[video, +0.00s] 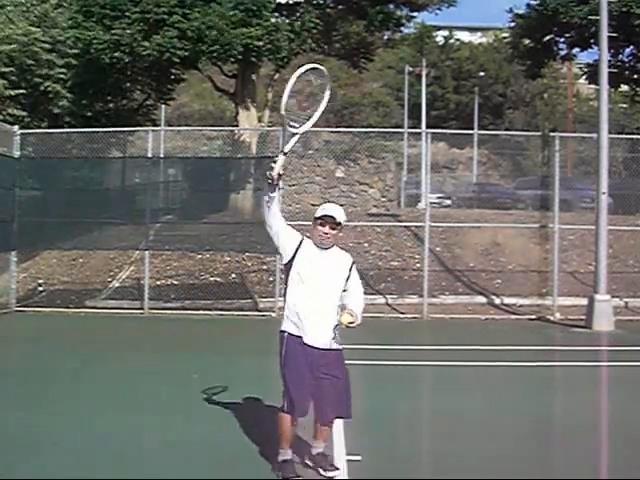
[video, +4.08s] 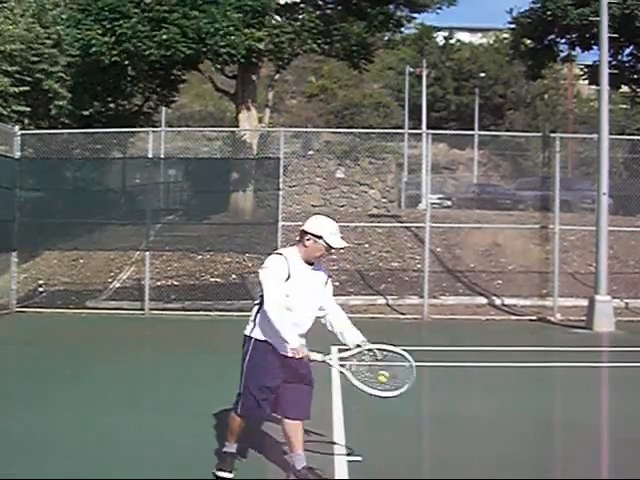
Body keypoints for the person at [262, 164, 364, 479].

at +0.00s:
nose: (326, 230)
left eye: (333, 226)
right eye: (322, 224)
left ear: (339, 232)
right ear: (313, 224)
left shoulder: (345, 262)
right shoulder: (295, 246)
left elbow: (355, 294)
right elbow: (273, 218)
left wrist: (352, 312)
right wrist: (273, 186)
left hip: (328, 339)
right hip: (295, 335)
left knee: (330, 401)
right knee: (295, 398)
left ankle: (318, 451)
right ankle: (284, 456)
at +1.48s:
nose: (315, 229)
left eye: (322, 226)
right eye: (311, 223)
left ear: (329, 231)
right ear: (302, 225)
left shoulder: (334, 259)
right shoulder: (287, 245)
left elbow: (352, 295)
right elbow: (260, 221)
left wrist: (352, 277)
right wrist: (270, 187)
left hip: (320, 338)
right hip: (289, 334)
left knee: (312, 400)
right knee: (289, 396)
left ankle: (303, 457)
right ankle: (283, 459)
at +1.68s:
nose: (317, 227)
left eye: (324, 225)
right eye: (314, 221)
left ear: (332, 233)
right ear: (305, 224)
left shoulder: (336, 257)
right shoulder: (288, 247)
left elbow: (362, 258)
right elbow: (253, 260)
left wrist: (358, 234)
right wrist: (270, 239)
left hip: (319, 336)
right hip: (288, 332)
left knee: (311, 398)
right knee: (287, 395)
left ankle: (301, 456)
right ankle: (282, 457)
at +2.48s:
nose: (308, 227)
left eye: (314, 223)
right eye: (304, 222)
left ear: (323, 229)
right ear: (296, 224)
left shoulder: (328, 256)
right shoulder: (279, 249)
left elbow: (358, 279)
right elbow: (252, 278)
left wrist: (352, 255)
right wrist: (265, 285)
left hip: (315, 338)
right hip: (283, 333)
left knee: (309, 397)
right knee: (284, 395)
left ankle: (302, 456)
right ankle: (281, 457)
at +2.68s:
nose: (310, 236)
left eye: (315, 231)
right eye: (304, 230)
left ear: (320, 233)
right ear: (293, 228)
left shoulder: (327, 261)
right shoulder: (273, 251)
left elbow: (341, 293)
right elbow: (248, 281)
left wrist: (339, 305)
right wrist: (260, 296)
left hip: (310, 339)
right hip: (278, 335)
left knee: (304, 397)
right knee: (271, 397)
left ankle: (300, 456)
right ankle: (255, 455)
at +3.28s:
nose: (287, 248)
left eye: (290, 244)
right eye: (284, 242)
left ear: (289, 242)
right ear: (268, 233)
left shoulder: (286, 261)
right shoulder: (240, 261)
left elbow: (292, 297)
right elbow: (235, 305)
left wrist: (308, 321)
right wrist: (242, 345)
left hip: (281, 341)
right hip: (251, 341)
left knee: (295, 391)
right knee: (248, 400)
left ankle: (292, 455)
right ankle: (238, 457)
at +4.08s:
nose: (328, 252)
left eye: (330, 248)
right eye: (327, 246)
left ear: (312, 242)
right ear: (308, 239)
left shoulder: (319, 276)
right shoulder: (277, 262)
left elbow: (331, 312)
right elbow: (272, 307)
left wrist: (357, 341)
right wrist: (293, 342)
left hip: (295, 347)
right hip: (263, 342)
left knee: (294, 405)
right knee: (249, 403)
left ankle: (298, 465)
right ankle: (228, 452)